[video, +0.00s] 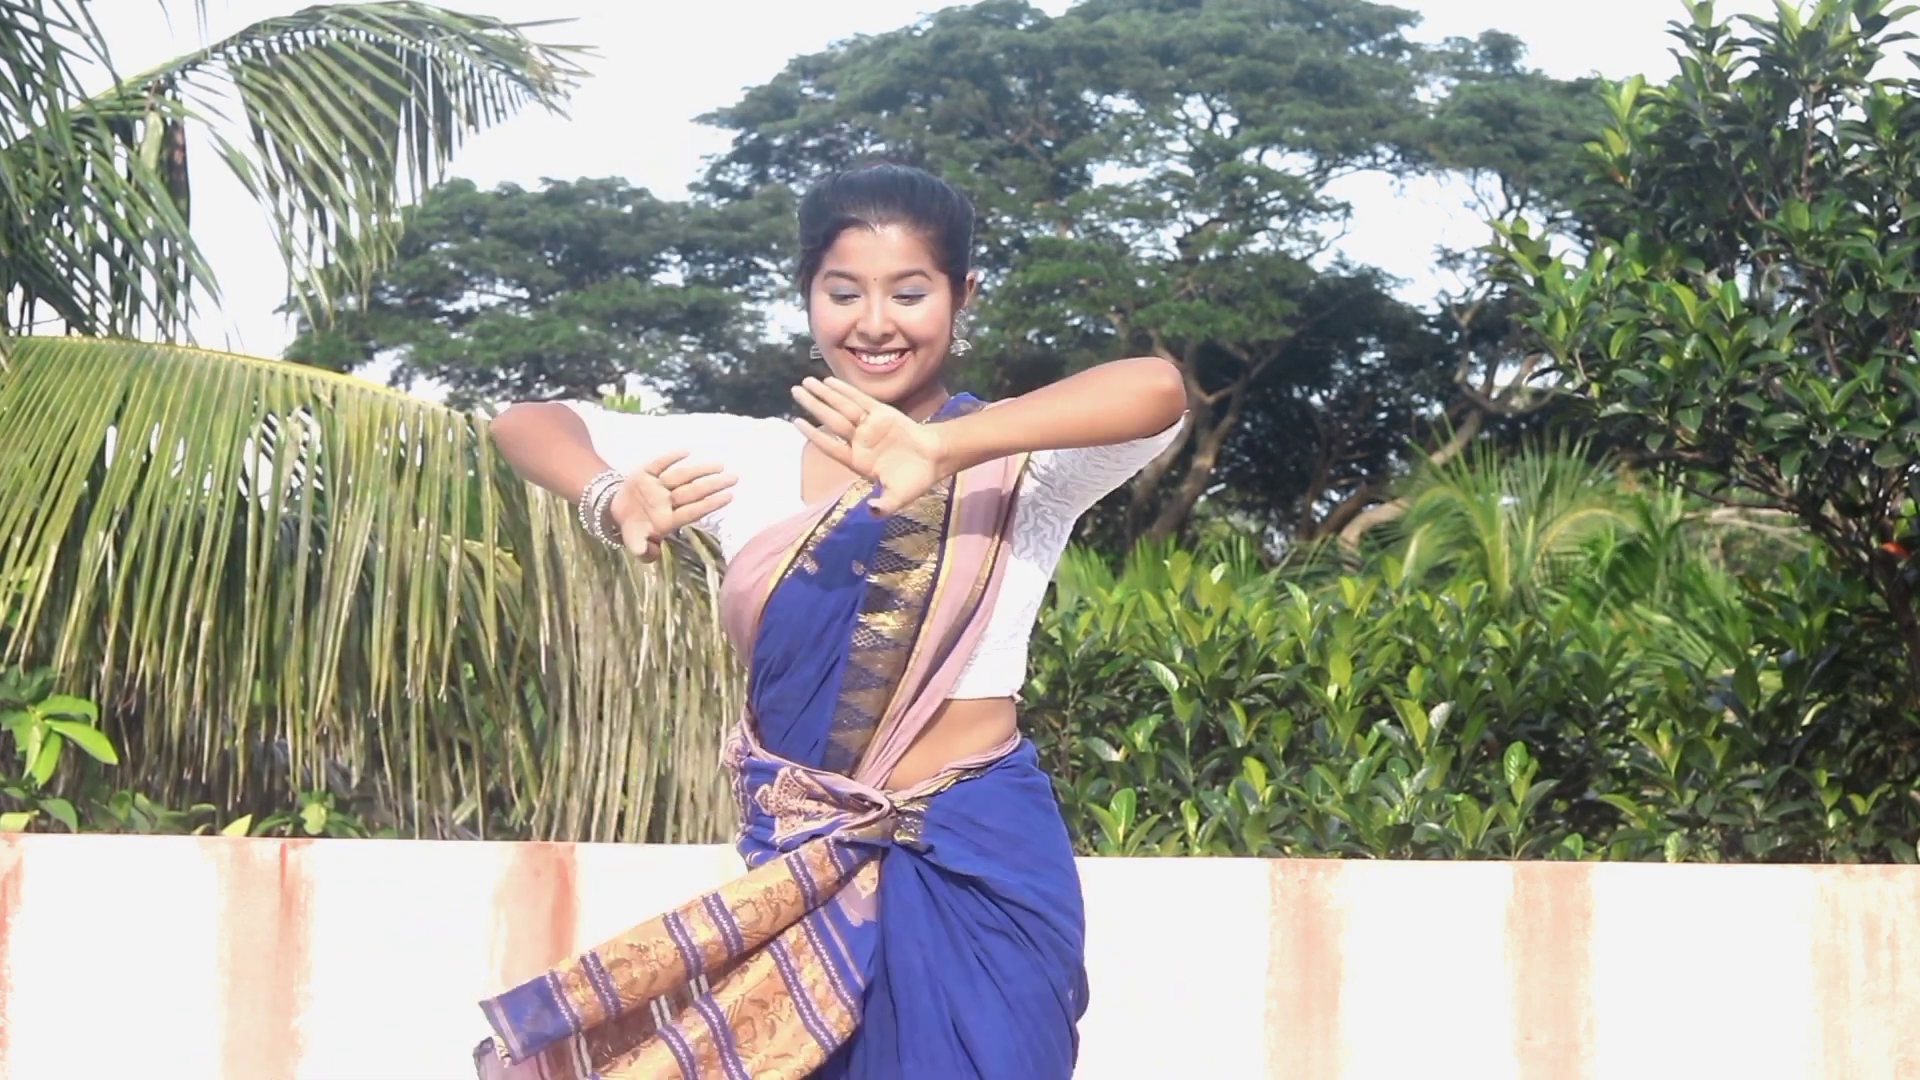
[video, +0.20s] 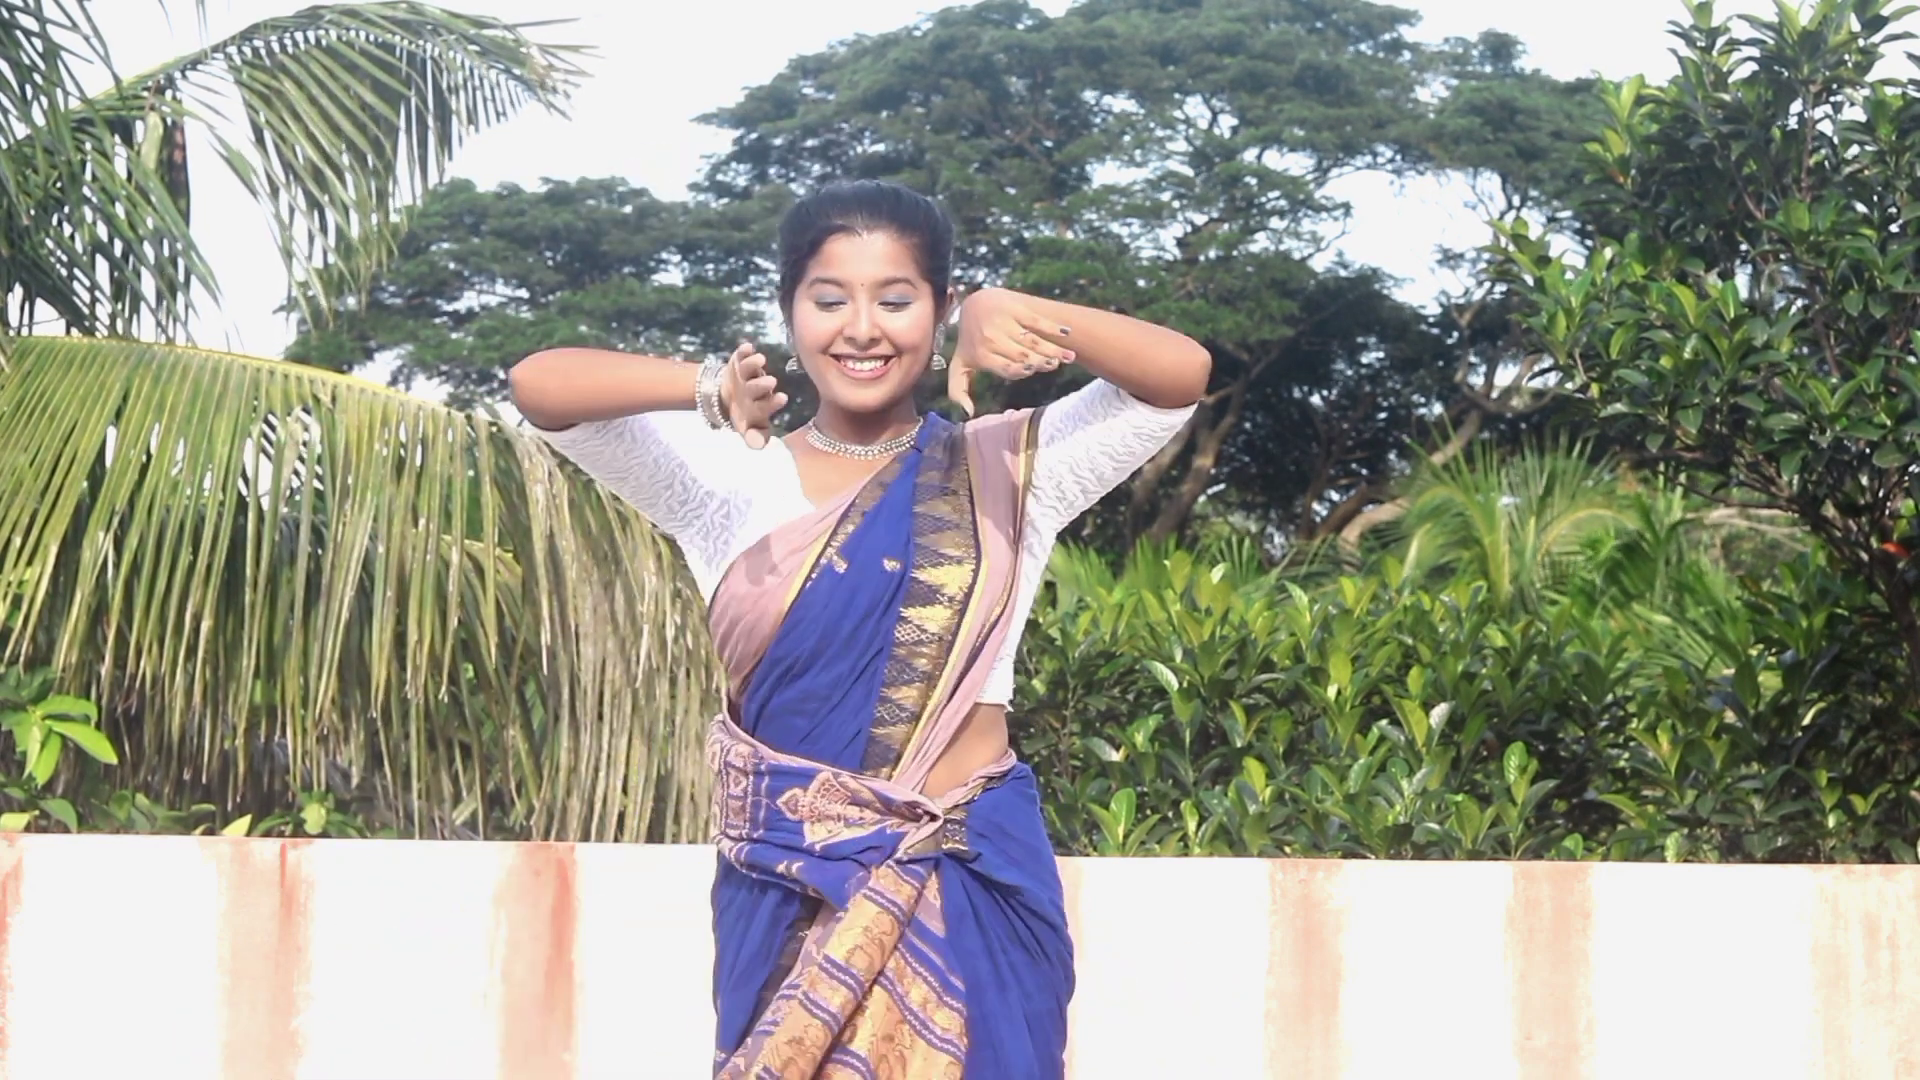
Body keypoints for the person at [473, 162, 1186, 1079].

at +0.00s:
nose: (875, 322)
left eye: (909, 290)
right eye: (845, 291)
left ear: (960, 302)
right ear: (809, 305)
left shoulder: (1022, 466)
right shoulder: (748, 457)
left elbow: (1161, 388)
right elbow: (520, 422)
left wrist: (941, 443)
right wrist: (607, 487)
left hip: (974, 858)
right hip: (795, 862)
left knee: (972, 1061)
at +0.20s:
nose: (862, 328)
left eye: (895, 300)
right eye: (828, 299)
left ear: (938, 320)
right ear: (791, 318)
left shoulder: (1008, 462)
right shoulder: (725, 478)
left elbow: (1185, 374)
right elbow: (537, 384)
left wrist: (1004, 309)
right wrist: (709, 386)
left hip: (970, 873)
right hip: (782, 883)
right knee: (783, 1065)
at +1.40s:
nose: (639, 419)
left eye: (662, 386)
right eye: (604, 420)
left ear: (735, 403)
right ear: (599, 481)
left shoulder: (878, 530)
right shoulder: (627, 627)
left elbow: (1034, 382)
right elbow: (479, 433)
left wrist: (1077, 173)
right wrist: (474, 197)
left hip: (988, 1001)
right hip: (786, 1038)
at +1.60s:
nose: (626, 454)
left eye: (649, 418)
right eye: (594, 455)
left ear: (727, 431)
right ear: (595, 515)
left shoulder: (887, 545)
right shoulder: (627, 657)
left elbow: (1049, 419)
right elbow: (449, 506)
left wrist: (1078, 225)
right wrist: (431, 286)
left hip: (1005, 996)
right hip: (810, 1049)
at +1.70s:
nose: (626, 463)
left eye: (647, 426)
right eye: (593, 463)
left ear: (725, 438)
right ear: (592, 524)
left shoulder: (889, 550)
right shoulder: (627, 667)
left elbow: (1062, 429)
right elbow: (446, 522)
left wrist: (1100, 241)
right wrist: (406, 317)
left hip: (1009, 1009)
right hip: (813, 1050)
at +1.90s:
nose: (625, 484)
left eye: (647, 445)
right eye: (595, 486)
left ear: (726, 451)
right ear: (601, 537)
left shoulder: (899, 562)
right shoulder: (638, 679)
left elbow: (1096, 474)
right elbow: (443, 562)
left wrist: (1187, 291)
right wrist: (312, 368)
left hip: (1018, 1014)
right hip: (824, 1054)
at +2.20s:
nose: (624, 500)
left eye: (644, 460)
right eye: (595, 498)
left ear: (725, 453)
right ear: (599, 541)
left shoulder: (910, 570)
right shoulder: (641, 686)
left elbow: (1121, 524)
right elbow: (434, 611)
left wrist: (1197, 315)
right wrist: (296, 409)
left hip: (1031, 1019)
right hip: (837, 1057)